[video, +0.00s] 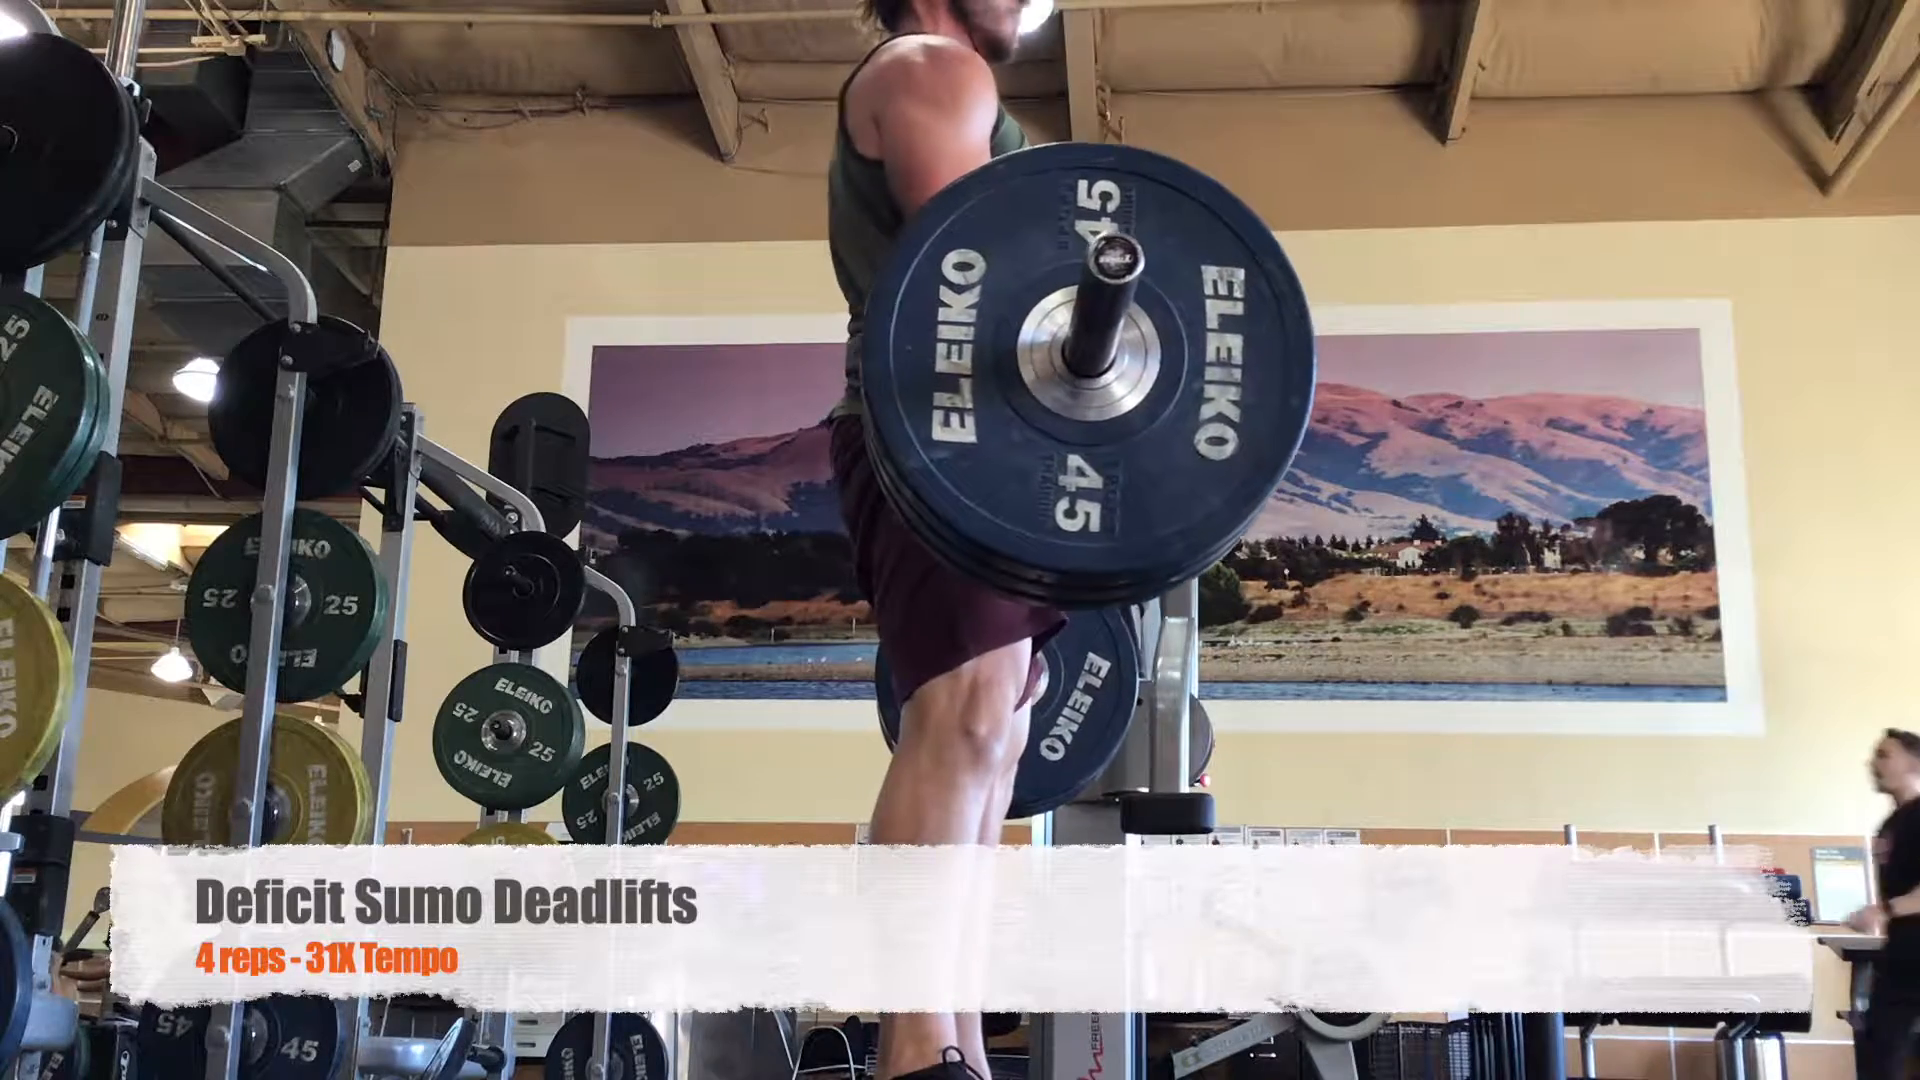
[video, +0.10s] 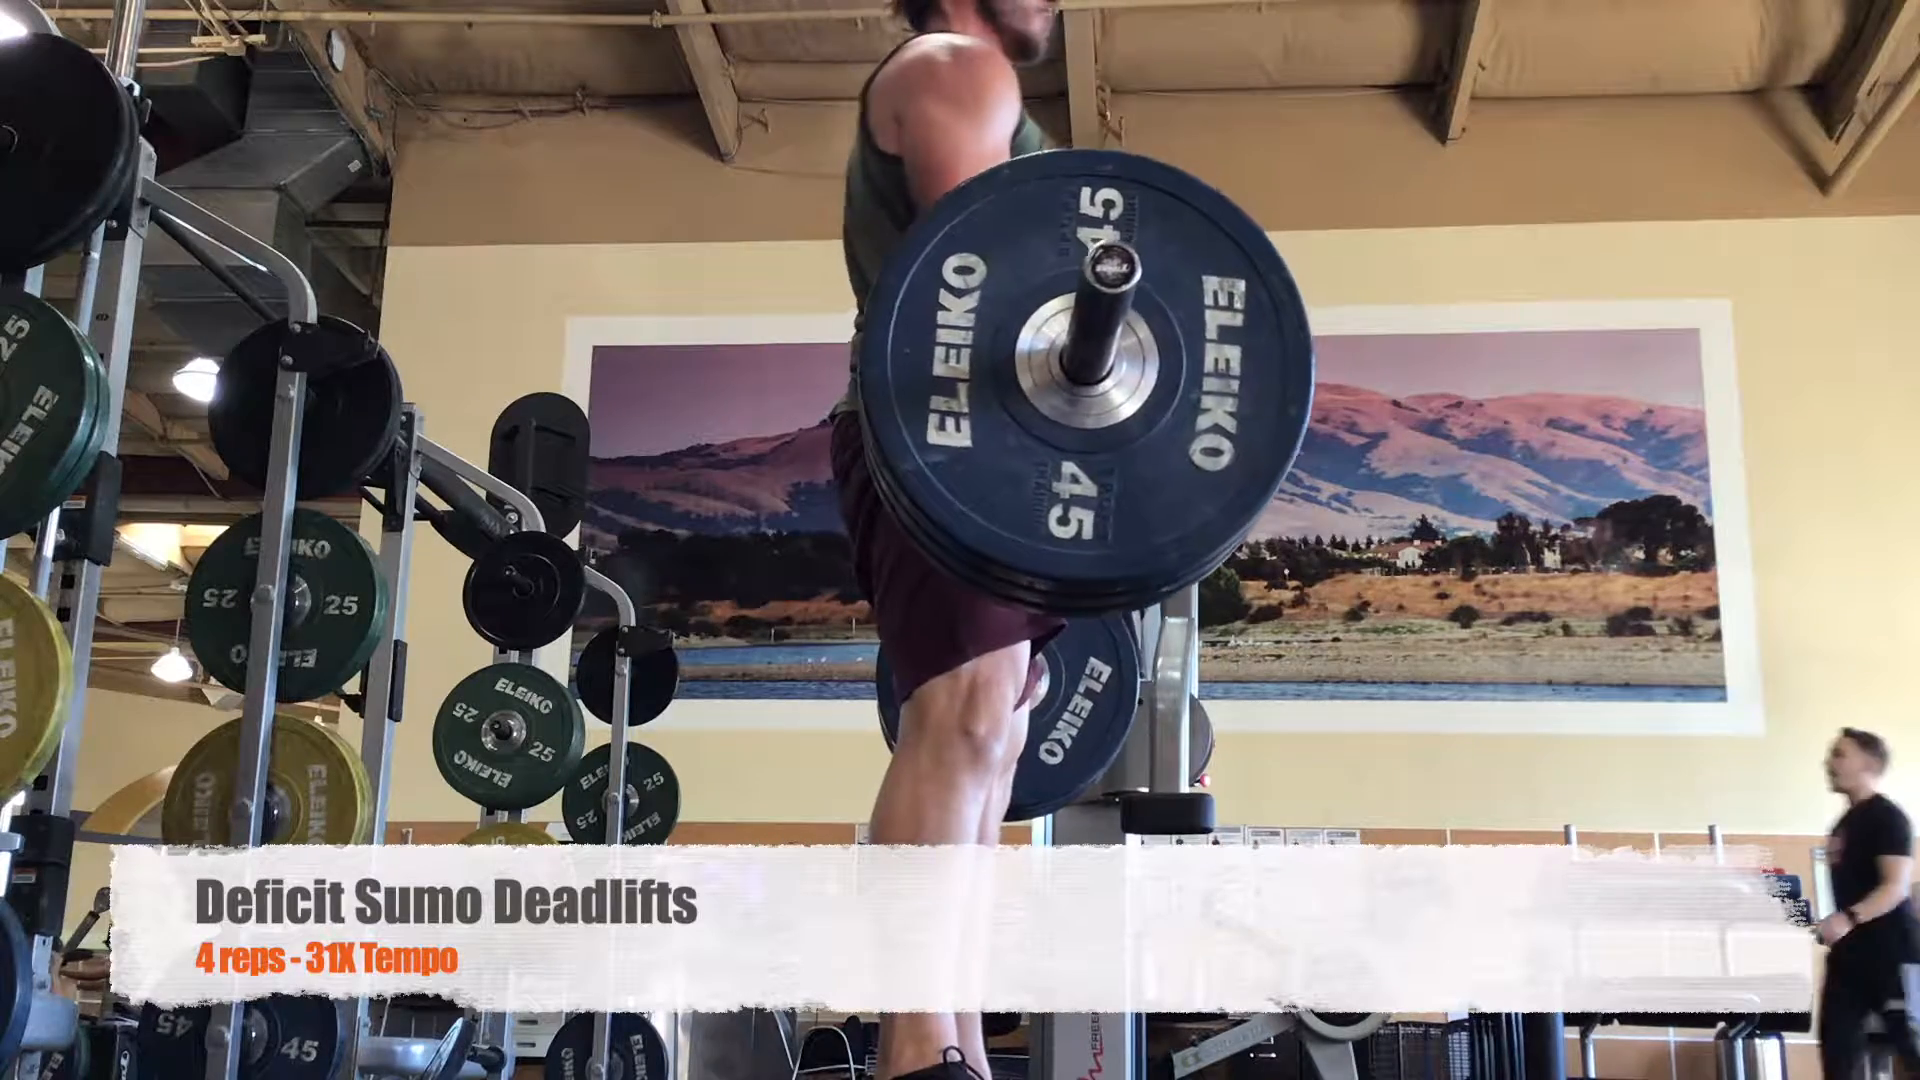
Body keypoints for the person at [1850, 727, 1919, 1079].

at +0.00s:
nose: (1874, 763)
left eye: (1884, 755)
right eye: (1875, 755)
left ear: (1912, 761)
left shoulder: (1915, 816)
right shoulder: (1892, 821)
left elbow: (1916, 891)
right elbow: (1886, 887)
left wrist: (1888, 909)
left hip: (1911, 943)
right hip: (1893, 940)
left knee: (1888, 1036)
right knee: (1878, 1036)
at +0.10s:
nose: (1830, 762)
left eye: (1840, 754)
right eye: (1831, 754)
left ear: (1869, 763)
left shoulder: (1887, 816)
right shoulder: (1845, 822)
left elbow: (1896, 887)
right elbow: (1852, 886)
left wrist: (1848, 917)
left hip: (1888, 942)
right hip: (1852, 942)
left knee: (1902, 1039)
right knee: (1836, 1036)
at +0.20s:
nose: (1788, 756)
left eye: (1797, 748)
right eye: (1790, 748)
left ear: (1827, 756)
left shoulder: (1849, 811)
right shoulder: (1803, 818)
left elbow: (1860, 883)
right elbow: (1802, 884)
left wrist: (1830, 933)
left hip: (1850, 943)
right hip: (1815, 941)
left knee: (1841, 1042)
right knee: (1813, 1047)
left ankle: (1890, 1075)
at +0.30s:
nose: (1749, 751)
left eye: (1758, 742)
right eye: (1751, 743)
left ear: (1788, 750)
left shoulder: (1814, 807)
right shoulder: (1763, 814)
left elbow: (1827, 879)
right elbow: (1751, 880)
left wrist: (1823, 941)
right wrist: (1742, 932)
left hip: (1804, 937)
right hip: (1771, 936)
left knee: (1781, 1030)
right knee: (1801, 1030)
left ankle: (1808, 1074)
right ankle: (1822, 1073)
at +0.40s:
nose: (1710, 754)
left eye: (1720, 745)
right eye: (1712, 745)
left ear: (1750, 754)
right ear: (1742, 755)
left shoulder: (1779, 813)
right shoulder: (1720, 821)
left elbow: (1800, 888)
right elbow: (1714, 890)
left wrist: (1805, 951)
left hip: (1777, 946)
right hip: (1736, 945)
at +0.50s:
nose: (1669, 756)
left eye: (1679, 748)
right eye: (1671, 747)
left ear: (1710, 757)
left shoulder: (1739, 818)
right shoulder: (1679, 823)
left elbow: (1760, 898)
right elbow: (1673, 890)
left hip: (1739, 952)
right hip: (1698, 951)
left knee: (1684, 1043)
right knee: (1754, 1045)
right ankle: (1786, 1072)